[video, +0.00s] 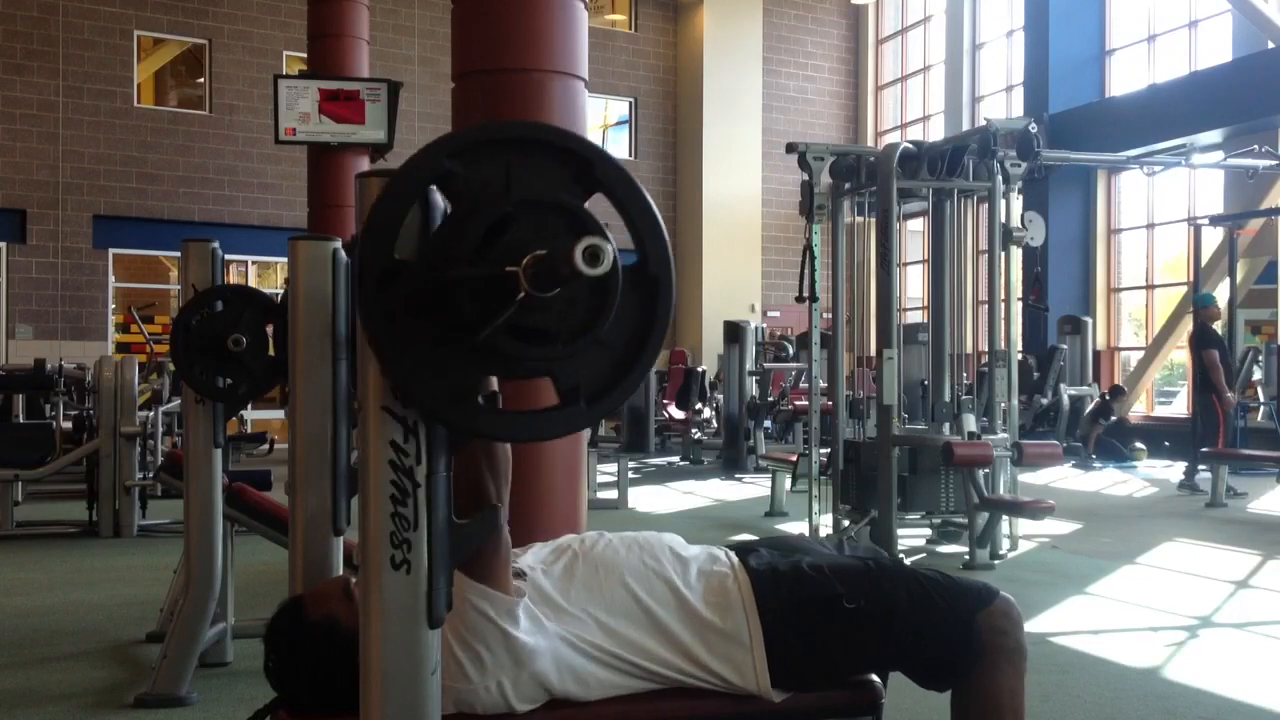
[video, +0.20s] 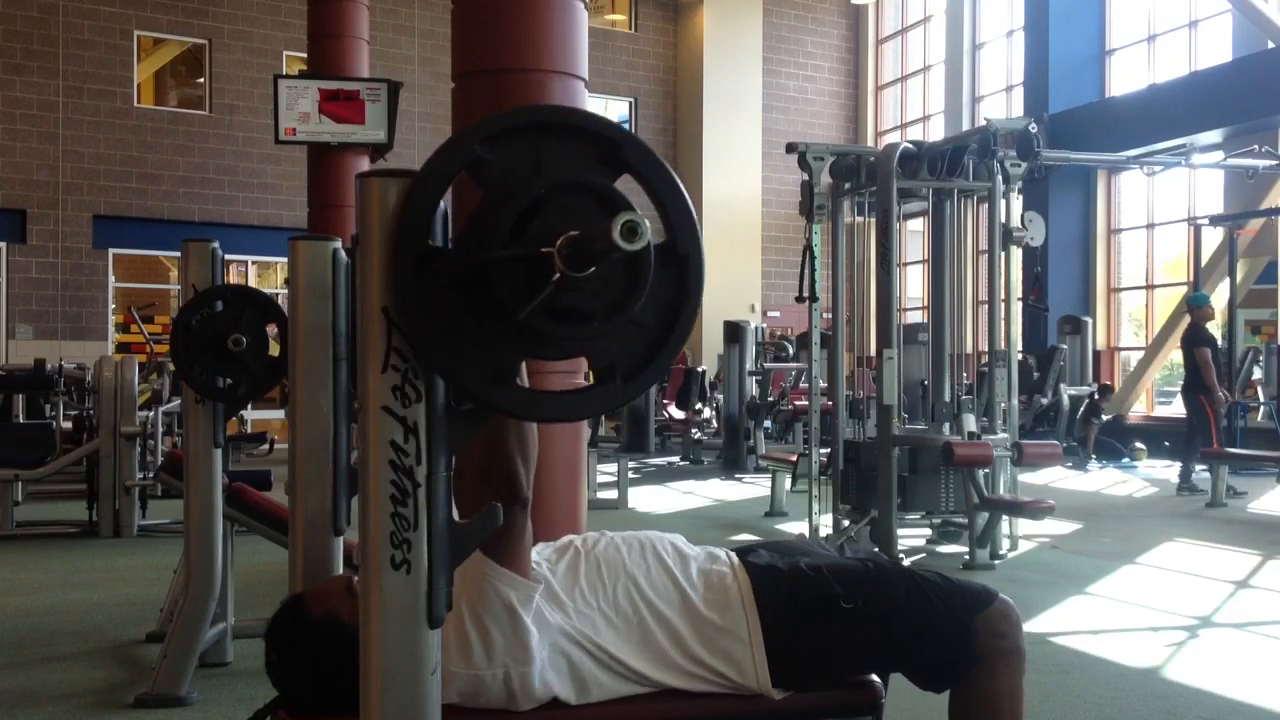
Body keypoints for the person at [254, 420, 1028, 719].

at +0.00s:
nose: (363, 570)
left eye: (347, 571)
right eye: (351, 586)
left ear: (346, 669)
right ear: (361, 647)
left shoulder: (452, 640)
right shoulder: (467, 667)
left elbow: (466, 512)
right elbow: (479, 499)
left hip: (726, 578)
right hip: (753, 606)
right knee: (992, 623)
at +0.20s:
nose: (356, 575)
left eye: (339, 580)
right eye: (341, 593)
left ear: (349, 655)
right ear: (361, 637)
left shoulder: (453, 642)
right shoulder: (470, 656)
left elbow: (496, 499)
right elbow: (503, 494)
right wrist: (471, 331)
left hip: (718, 589)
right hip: (750, 608)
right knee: (991, 626)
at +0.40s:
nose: (359, 566)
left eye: (339, 567)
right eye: (344, 583)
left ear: (343, 658)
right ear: (358, 632)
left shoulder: (457, 653)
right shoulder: (474, 662)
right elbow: (521, 490)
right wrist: (506, 327)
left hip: (720, 608)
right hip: (756, 606)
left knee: (859, 685)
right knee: (986, 624)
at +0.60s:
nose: (356, 570)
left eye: (338, 577)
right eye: (345, 588)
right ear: (363, 637)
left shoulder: (453, 659)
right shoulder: (473, 672)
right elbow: (529, 502)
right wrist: (536, 317)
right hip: (740, 615)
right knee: (981, 623)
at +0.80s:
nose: (364, 566)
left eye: (347, 570)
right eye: (350, 583)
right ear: (361, 635)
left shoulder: (452, 634)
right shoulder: (484, 666)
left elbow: (461, 483)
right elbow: (550, 515)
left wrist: (476, 372)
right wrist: (551, 342)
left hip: (724, 581)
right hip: (750, 612)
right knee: (986, 626)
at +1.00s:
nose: (363, 573)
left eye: (349, 575)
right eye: (351, 590)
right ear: (366, 649)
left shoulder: (449, 629)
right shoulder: (482, 676)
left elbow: (463, 484)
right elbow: (552, 517)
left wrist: (480, 374)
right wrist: (560, 347)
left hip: (719, 580)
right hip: (747, 614)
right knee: (985, 625)